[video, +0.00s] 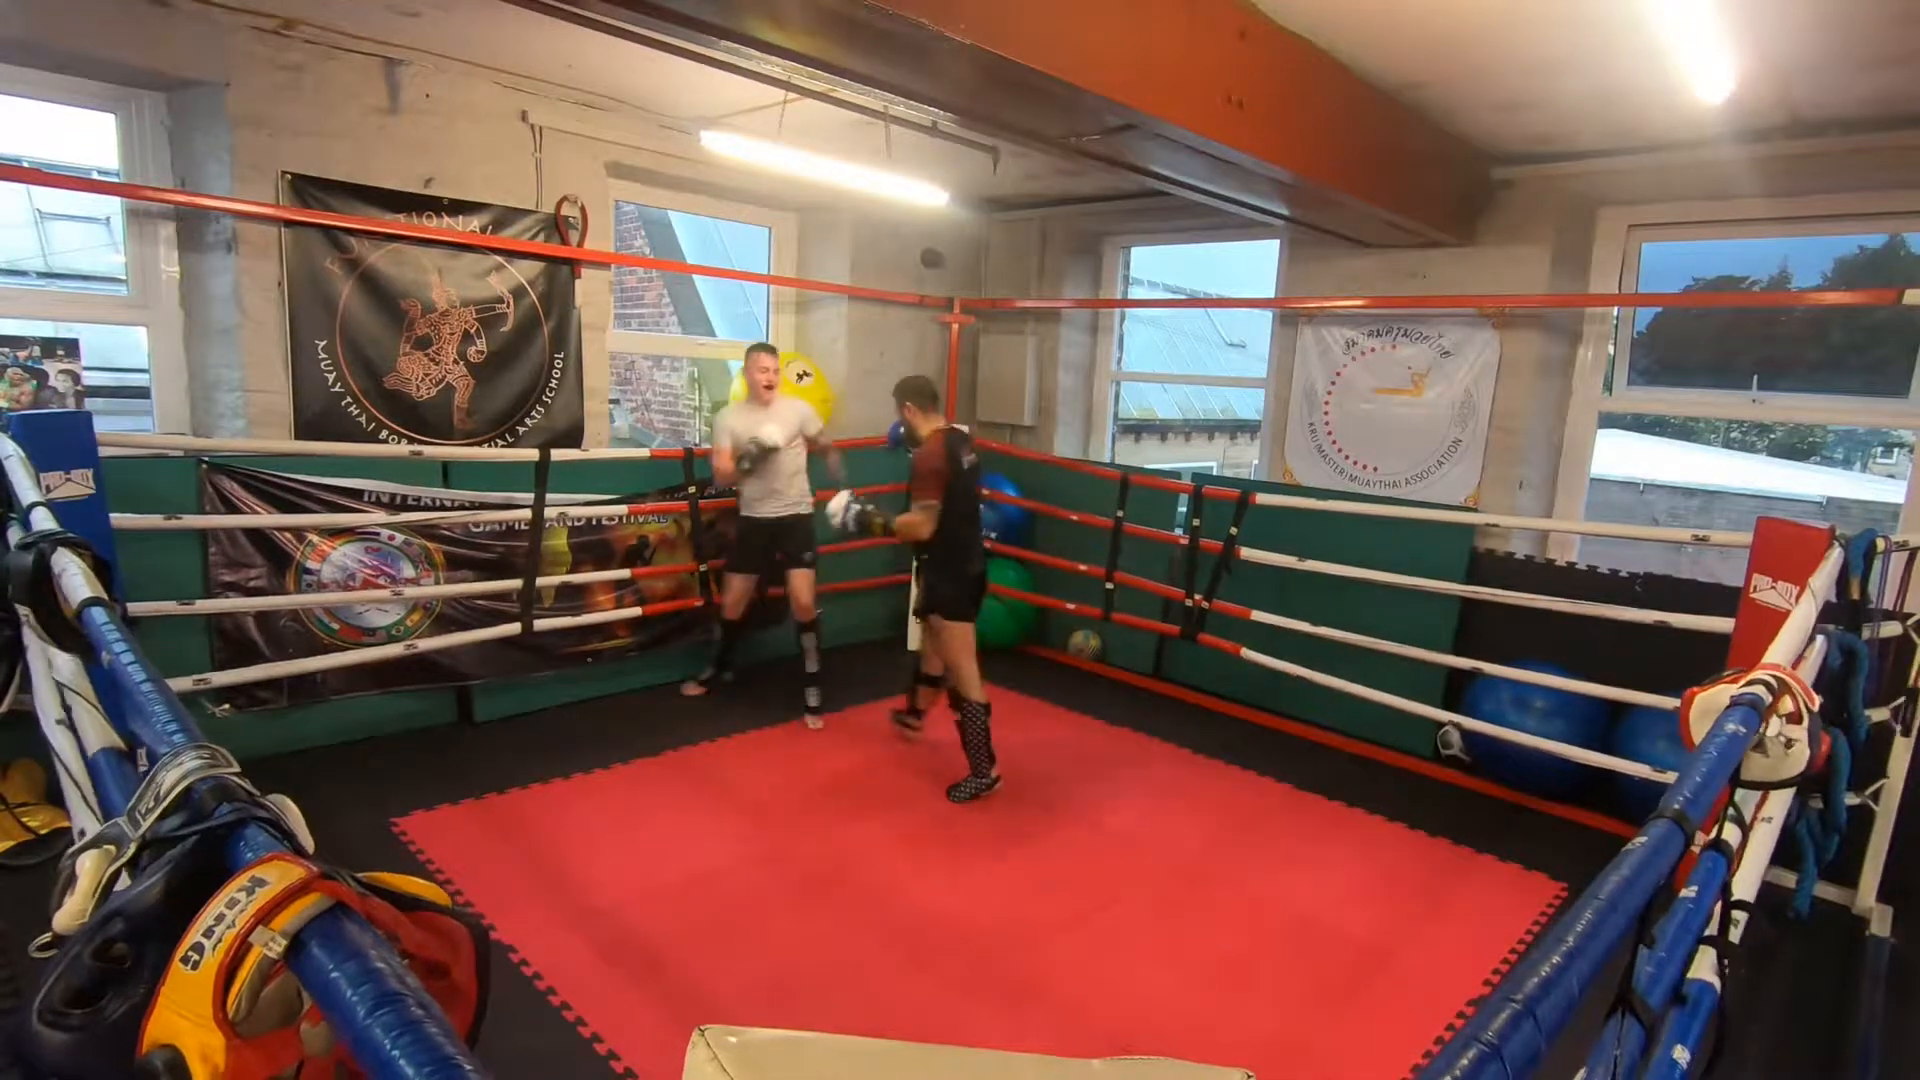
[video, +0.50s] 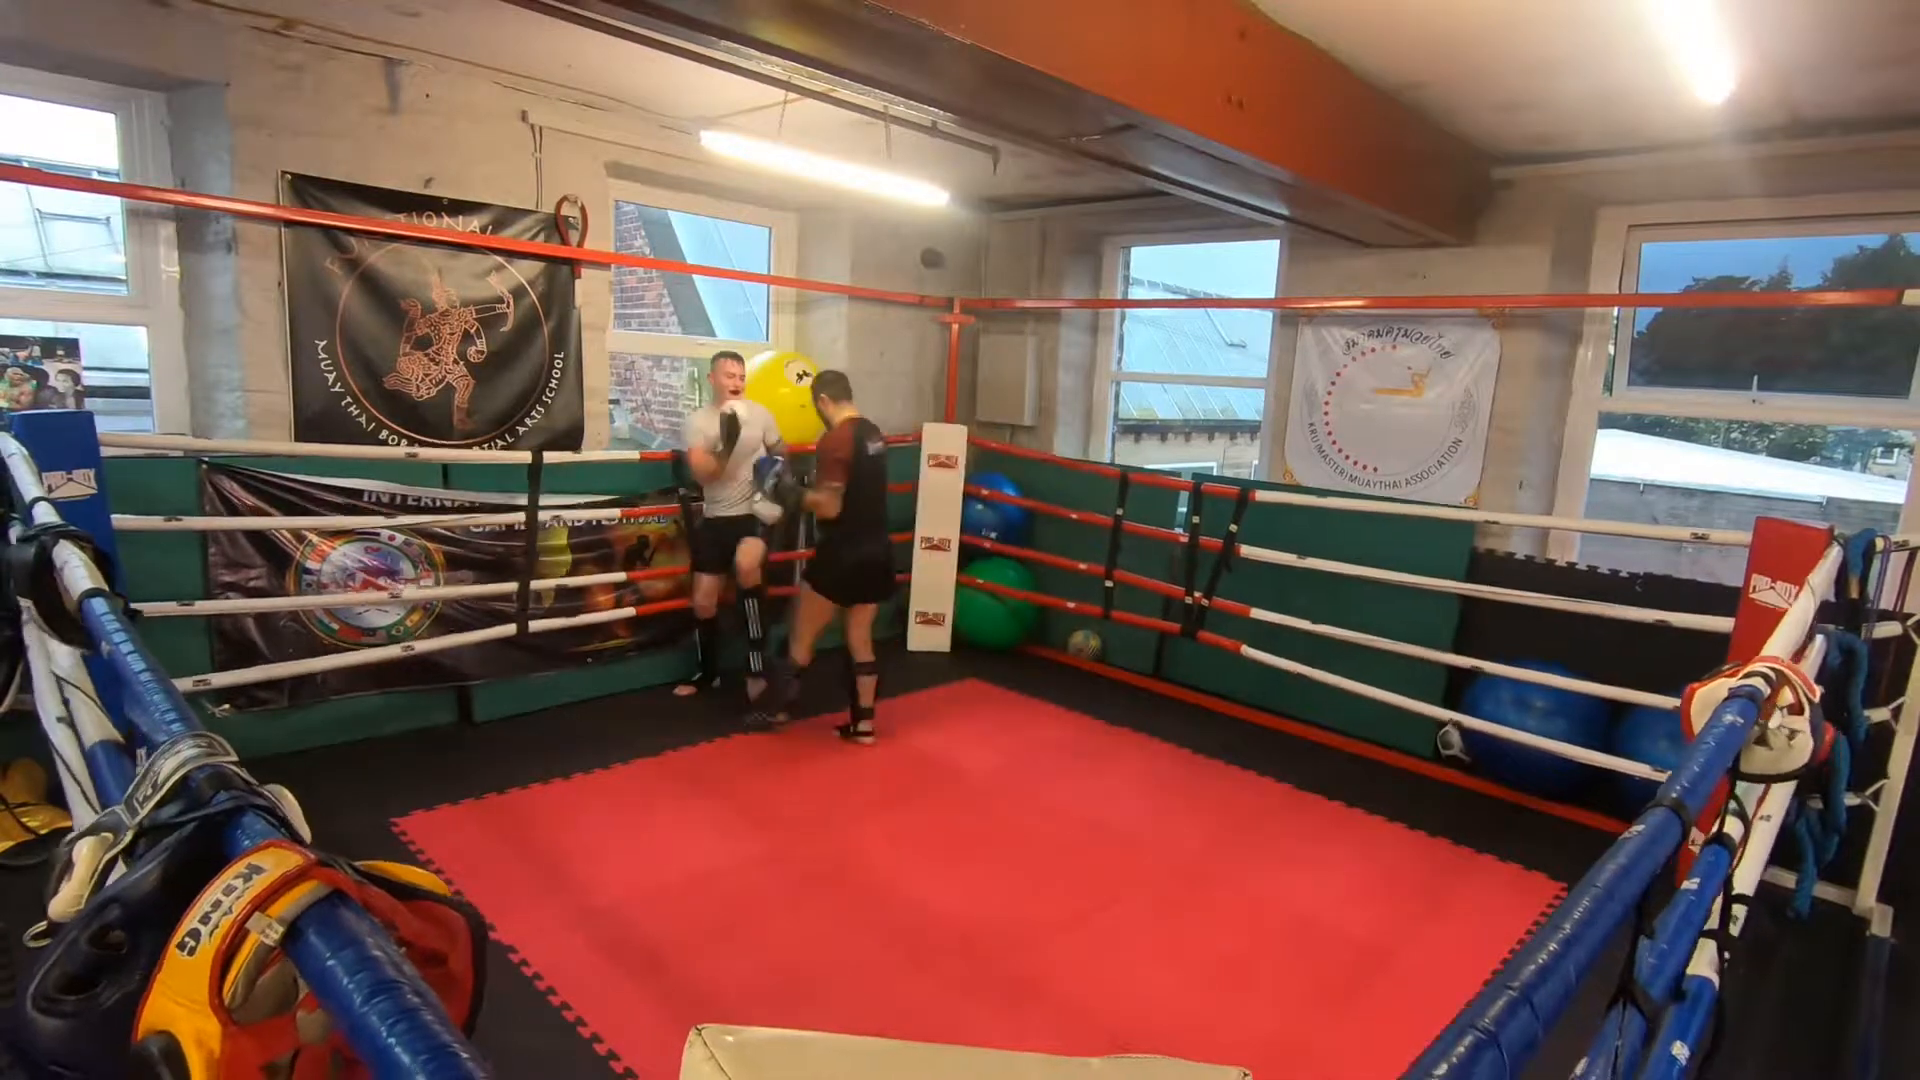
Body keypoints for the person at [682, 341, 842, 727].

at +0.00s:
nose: (769, 377)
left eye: (774, 371)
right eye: (761, 371)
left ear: (780, 374)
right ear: (746, 374)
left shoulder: (799, 411)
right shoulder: (729, 418)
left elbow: (827, 450)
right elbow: (721, 474)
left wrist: (837, 473)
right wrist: (748, 460)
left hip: (796, 517)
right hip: (753, 520)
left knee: (803, 603)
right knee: (733, 604)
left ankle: (812, 686)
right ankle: (716, 670)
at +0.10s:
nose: (753, 395)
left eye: (758, 389)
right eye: (746, 389)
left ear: (762, 394)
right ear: (729, 393)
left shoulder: (779, 433)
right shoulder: (712, 436)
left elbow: (801, 479)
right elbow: (698, 489)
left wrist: (807, 517)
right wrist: (726, 480)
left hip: (772, 539)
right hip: (727, 539)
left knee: (781, 616)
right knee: (712, 615)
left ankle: (795, 697)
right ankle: (698, 677)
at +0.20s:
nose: (745, 389)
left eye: (750, 383)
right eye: (738, 382)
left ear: (755, 386)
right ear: (721, 385)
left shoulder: (769, 425)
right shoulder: (704, 427)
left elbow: (789, 472)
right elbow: (691, 481)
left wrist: (786, 517)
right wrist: (721, 477)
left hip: (760, 528)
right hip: (717, 528)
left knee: (767, 609)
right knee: (708, 609)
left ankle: (782, 688)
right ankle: (700, 674)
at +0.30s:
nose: (743, 381)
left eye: (748, 375)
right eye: (736, 374)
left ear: (752, 378)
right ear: (719, 376)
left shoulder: (767, 415)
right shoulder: (700, 418)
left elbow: (788, 455)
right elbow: (690, 475)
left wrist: (782, 496)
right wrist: (724, 461)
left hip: (755, 519)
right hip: (714, 519)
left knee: (751, 602)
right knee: (705, 601)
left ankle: (766, 688)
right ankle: (703, 671)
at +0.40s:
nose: (741, 383)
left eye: (746, 377)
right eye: (734, 376)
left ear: (750, 381)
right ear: (717, 378)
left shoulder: (762, 416)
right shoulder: (698, 420)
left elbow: (783, 464)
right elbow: (690, 477)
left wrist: (776, 495)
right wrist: (719, 459)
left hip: (751, 520)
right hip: (711, 522)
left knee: (750, 598)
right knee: (704, 604)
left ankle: (768, 689)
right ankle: (707, 675)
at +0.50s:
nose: (736, 382)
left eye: (740, 377)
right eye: (729, 376)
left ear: (745, 380)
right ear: (712, 378)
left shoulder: (759, 414)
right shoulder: (699, 420)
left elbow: (780, 458)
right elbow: (702, 473)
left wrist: (775, 485)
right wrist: (725, 446)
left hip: (754, 513)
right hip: (716, 516)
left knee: (746, 565)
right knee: (703, 598)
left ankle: (757, 657)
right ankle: (707, 671)